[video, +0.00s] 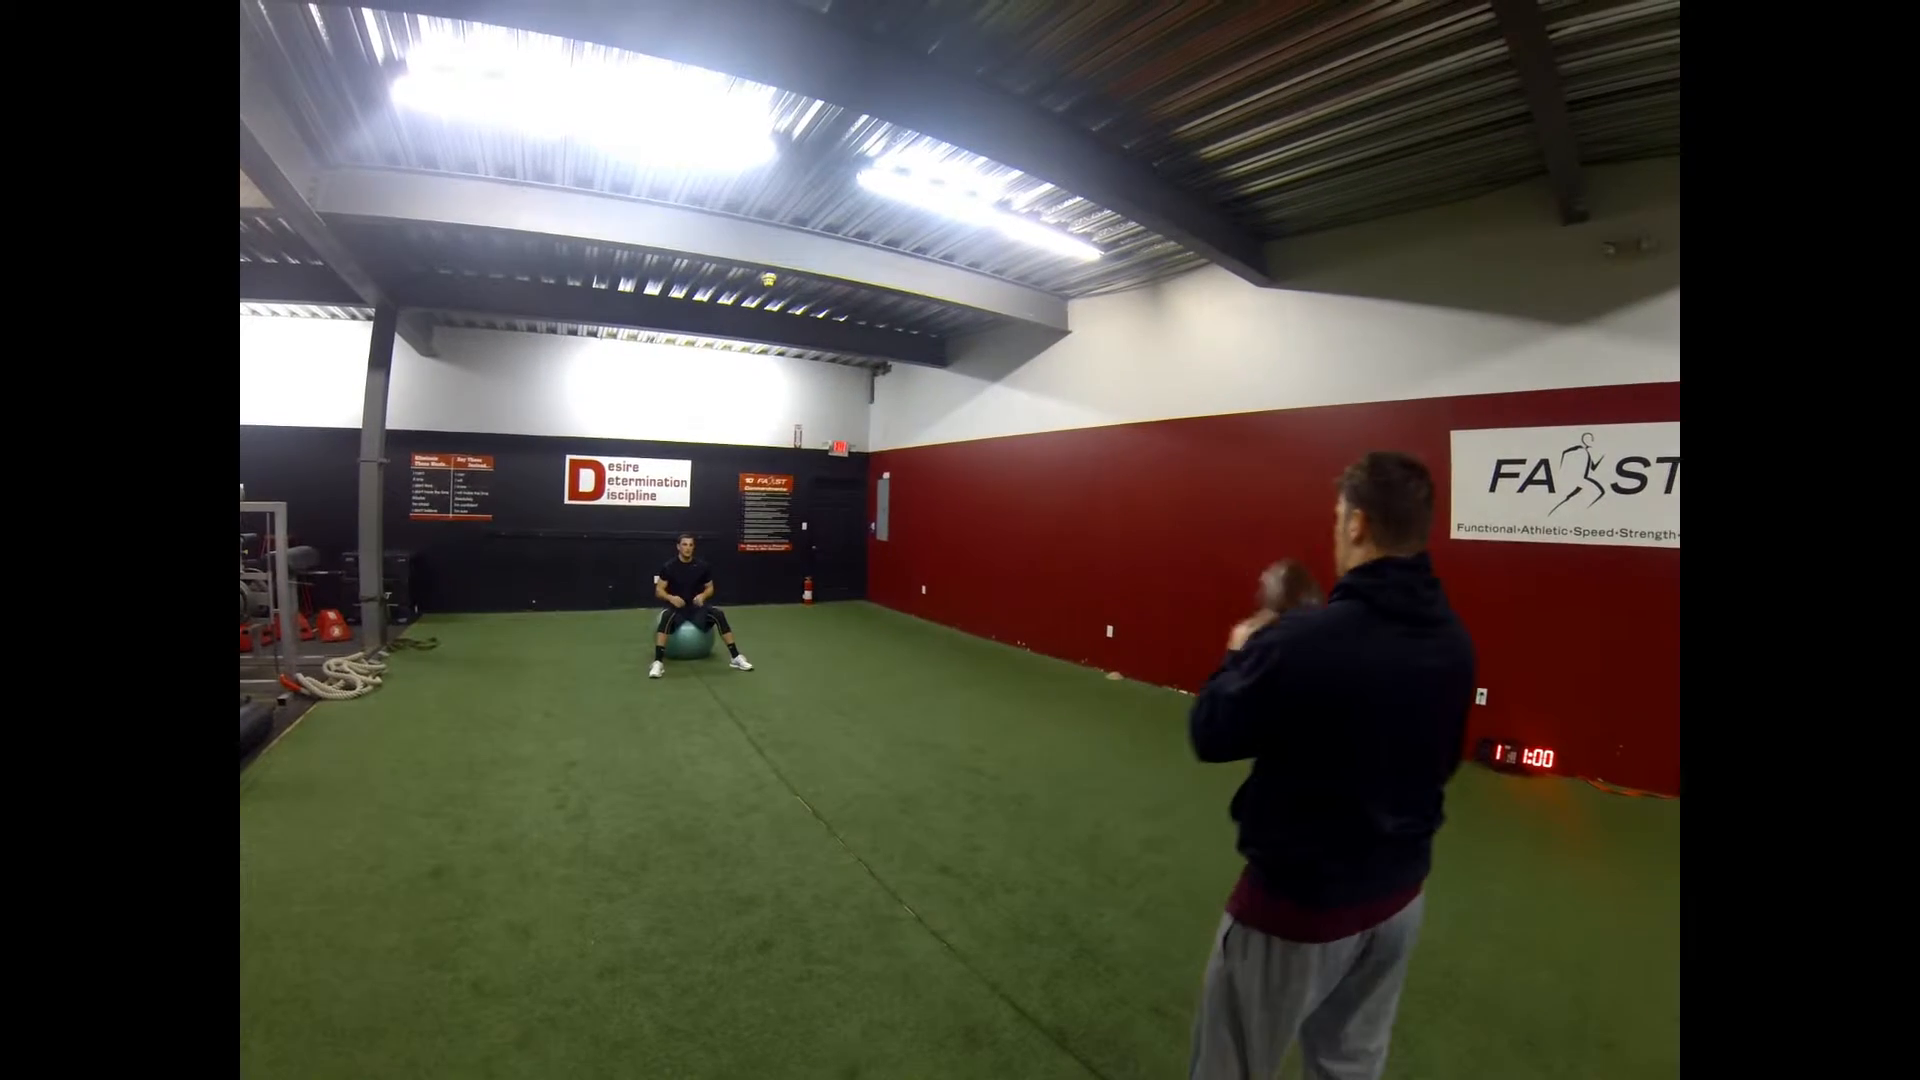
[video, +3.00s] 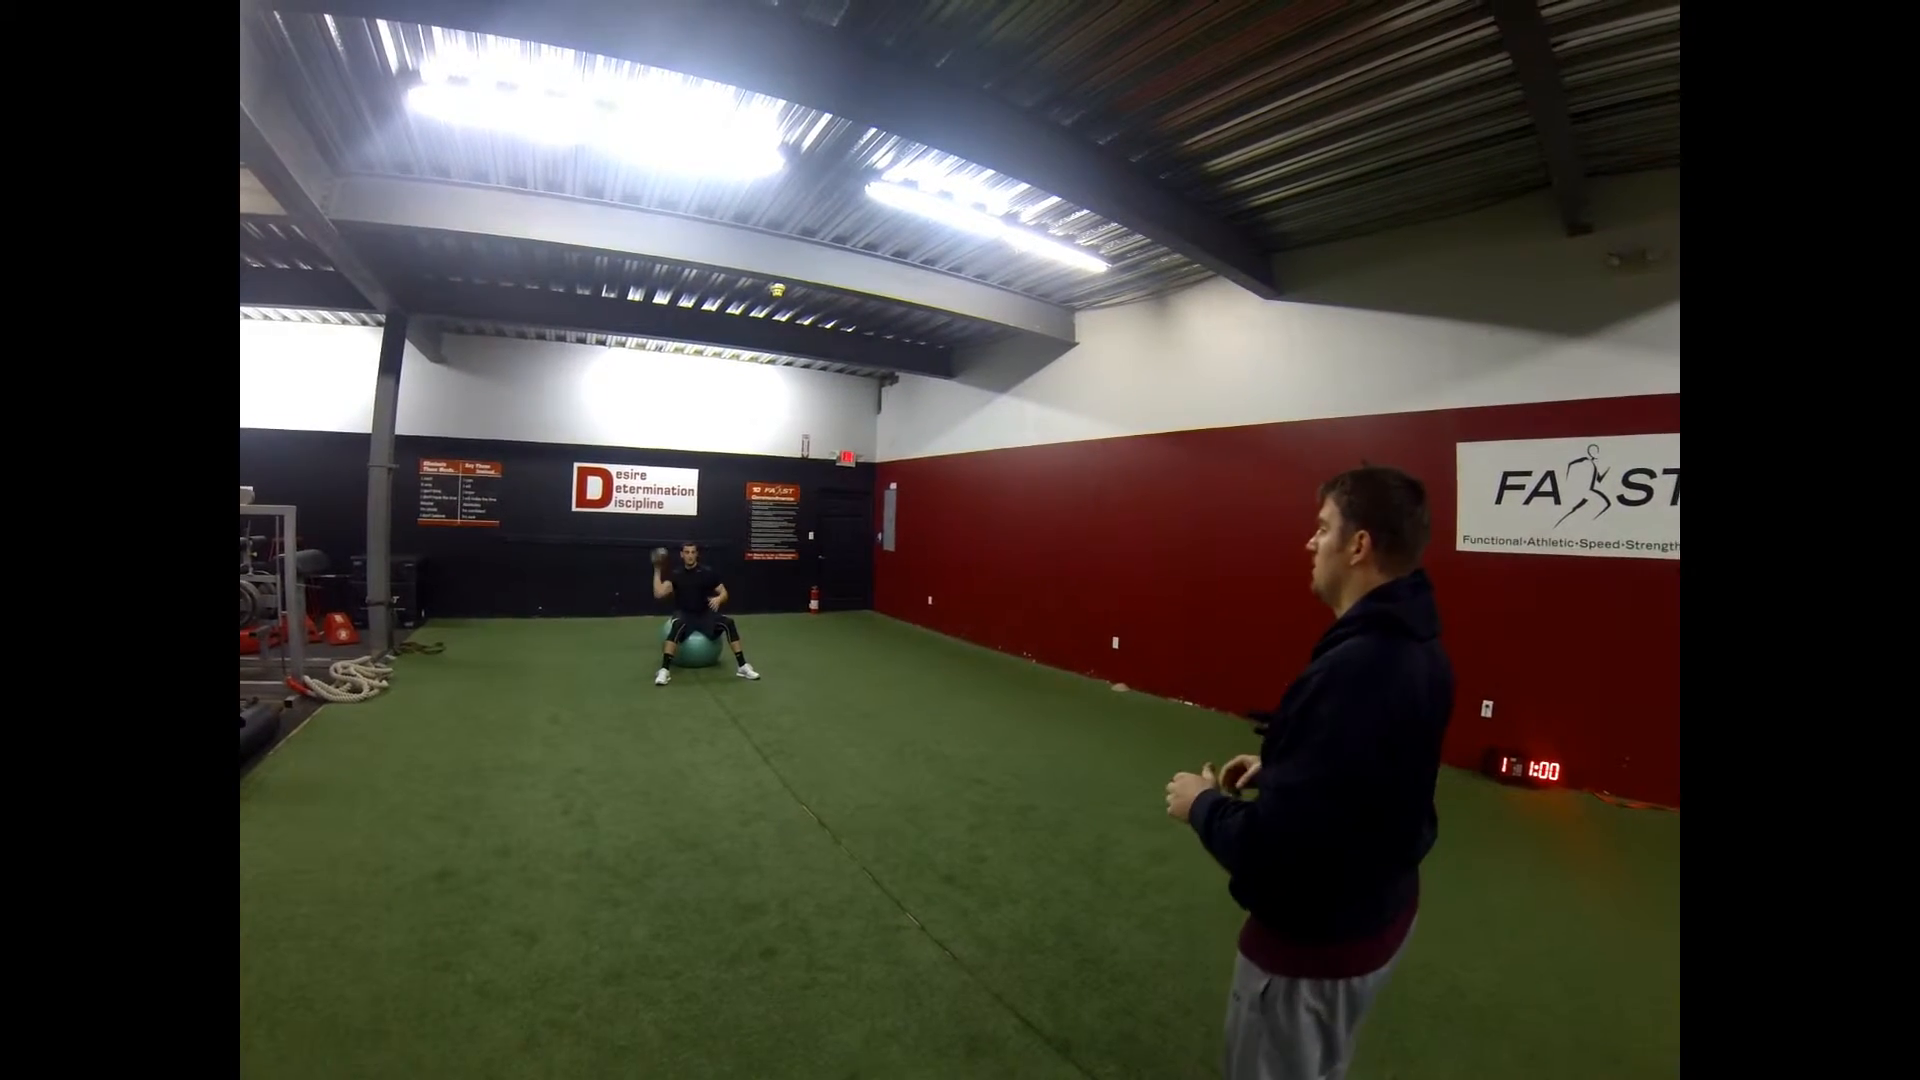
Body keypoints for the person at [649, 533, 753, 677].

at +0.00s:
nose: (687, 548)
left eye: (690, 545)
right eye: (684, 545)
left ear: (694, 548)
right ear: (678, 547)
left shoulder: (702, 566)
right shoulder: (669, 567)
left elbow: (710, 588)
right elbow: (659, 590)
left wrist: (702, 596)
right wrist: (671, 598)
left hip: (697, 608)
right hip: (677, 608)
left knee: (718, 614)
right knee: (666, 615)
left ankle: (736, 657)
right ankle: (658, 662)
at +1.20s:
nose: (699, 542)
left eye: (702, 539)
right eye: (696, 539)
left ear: (705, 542)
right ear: (690, 541)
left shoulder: (713, 561)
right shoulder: (681, 563)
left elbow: (719, 584)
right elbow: (673, 587)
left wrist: (714, 591)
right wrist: (688, 592)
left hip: (708, 602)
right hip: (688, 602)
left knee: (729, 610)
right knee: (677, 612)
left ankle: (745, 653)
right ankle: (667, 656)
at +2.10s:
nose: (709, 562)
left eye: (710, 559)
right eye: (706, 558)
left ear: (712, 557)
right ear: (696, 555)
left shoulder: (714, 570)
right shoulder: (683, 570)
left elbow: (722, 591)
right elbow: (673, 594)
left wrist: (719, 592)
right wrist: (694, 597)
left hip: (709, 608)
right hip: (689, 609)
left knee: (732, 619)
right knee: (678, 620)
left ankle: (749, 661)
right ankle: (670, 665)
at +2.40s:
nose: (700, 563)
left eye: (703, 560)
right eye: (698, 559)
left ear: (705, 560)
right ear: (690, 557)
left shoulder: (708, 573)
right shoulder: (677, 573)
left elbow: (716, 598)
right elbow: (669, 598)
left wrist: (712, 597)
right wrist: (689, 598)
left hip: (704, 612)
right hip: (684, 613)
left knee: (728, 622)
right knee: (674, 623)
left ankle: (745, 664)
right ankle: (666, 668)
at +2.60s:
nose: (691, 562)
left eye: (694, 559)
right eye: (688, 559)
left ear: (700, 558)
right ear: (685, 557)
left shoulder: (708, 573)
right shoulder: (677, 572)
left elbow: (710, 599)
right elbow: (661, 591)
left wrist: (693, 593)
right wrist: (670, 595)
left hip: (702, 612)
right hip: (682, 611)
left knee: (726, 623)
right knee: (674, 625)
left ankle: (743, 665)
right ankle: (664, 669)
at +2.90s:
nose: (690, 557)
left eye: (693, 554)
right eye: (687, 554)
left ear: (697, 556)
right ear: (681, 555)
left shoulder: (706, 573)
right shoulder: (676, 575)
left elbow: (720, 597)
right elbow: (669, 598)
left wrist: (708, 603)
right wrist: (659, 586)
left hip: (704, 615)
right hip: (684, 615)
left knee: (727, 623)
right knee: (677, 626)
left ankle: (742, 667)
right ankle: (664, 670)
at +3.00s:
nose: (690, 555)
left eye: (693, 552)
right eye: (687, 552)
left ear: (697, 554)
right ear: (682, 554)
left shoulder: (707, 572)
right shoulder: (677, 574)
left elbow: (724, 593)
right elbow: (659, 593)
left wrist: (718, 599)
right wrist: (657, 569)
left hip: (705, 615)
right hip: (684, 616)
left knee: (728, 623)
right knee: (677, 625)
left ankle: (742, 666)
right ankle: (664, 670)